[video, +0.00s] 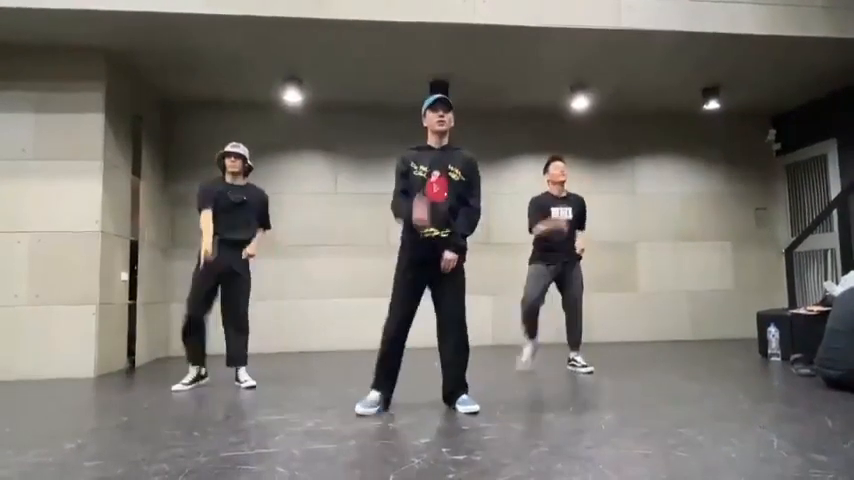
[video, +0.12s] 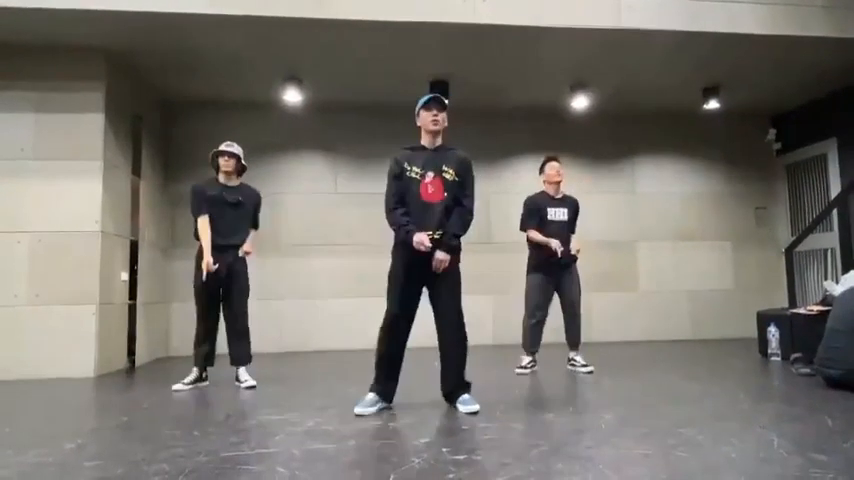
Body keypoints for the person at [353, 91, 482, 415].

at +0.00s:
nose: (441, 116)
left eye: (446, 111)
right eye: (434, 111)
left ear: (453, 118)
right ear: (424, 118)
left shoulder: (466, 162)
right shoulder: (409, 159)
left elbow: (471, 209)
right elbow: (398, 202)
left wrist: (456, 245)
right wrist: (412, 211)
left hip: (449, 254)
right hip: (413, 254)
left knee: (454, 326)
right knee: (396, 324)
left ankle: (457, 393)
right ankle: (380, 392)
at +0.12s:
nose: (435, 115)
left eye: (440, 111)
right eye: (429, 110)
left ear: (446, 119)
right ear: (418, 118)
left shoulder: (460, 161)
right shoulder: (401, 159)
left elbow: (464, 209)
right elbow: (393, 209)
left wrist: (448, 245)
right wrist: (411, 234)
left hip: (445, 255)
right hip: (408, 254)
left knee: (452, 325)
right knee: (395, 322)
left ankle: (458, 392)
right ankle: (381, 392)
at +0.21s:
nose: (432, 115)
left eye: (437, 111)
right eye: (426, 110)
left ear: (443, 119)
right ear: (414, 117)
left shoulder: (457, 160)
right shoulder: (399, 159)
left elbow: (462, 208)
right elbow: (391, 208)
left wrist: (445, 243)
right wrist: (410, 234)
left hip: (443, 253)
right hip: (406, 252)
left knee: (456, 319)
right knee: (390, 318)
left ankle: (471, 388)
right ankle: (370, 389)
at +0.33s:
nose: (427, 112)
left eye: (431, 108)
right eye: (421, 108)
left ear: (438, 116)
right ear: (410, 117)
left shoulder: (453, 160)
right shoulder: (396, 161)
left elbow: (461, 207)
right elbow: (386, 209)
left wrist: (446, 241)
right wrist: (408, 233)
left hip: (443, 253)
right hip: (407, 253)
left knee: (460, 319)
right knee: (392, 318)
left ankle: (475, 386)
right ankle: (372, 389)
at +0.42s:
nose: (427, 112)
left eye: (431, 107)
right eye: (420, 108)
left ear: (438, 115)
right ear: (409, 116)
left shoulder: (454, 159)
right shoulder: (396, 160)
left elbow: (462, 206)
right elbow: (388, 208)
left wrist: (447, 242)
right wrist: (409, 234)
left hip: (444, 251)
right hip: (406, 251)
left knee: (450, 322)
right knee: (395, 321)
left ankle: (454, 386)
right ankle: (387, 390)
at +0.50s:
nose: (427, 112)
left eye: (432, 107)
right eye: (421, 107)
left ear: (438, 115)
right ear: (410, 116)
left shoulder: (454, 158)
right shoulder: (397, 159)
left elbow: (462, 205)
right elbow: (390, 207)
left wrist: (449, 241)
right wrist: (410, 235)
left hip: (445, 251)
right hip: (407, 250)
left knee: (449, 320)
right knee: (397, 319)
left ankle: (456, 388)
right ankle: (385, 390)